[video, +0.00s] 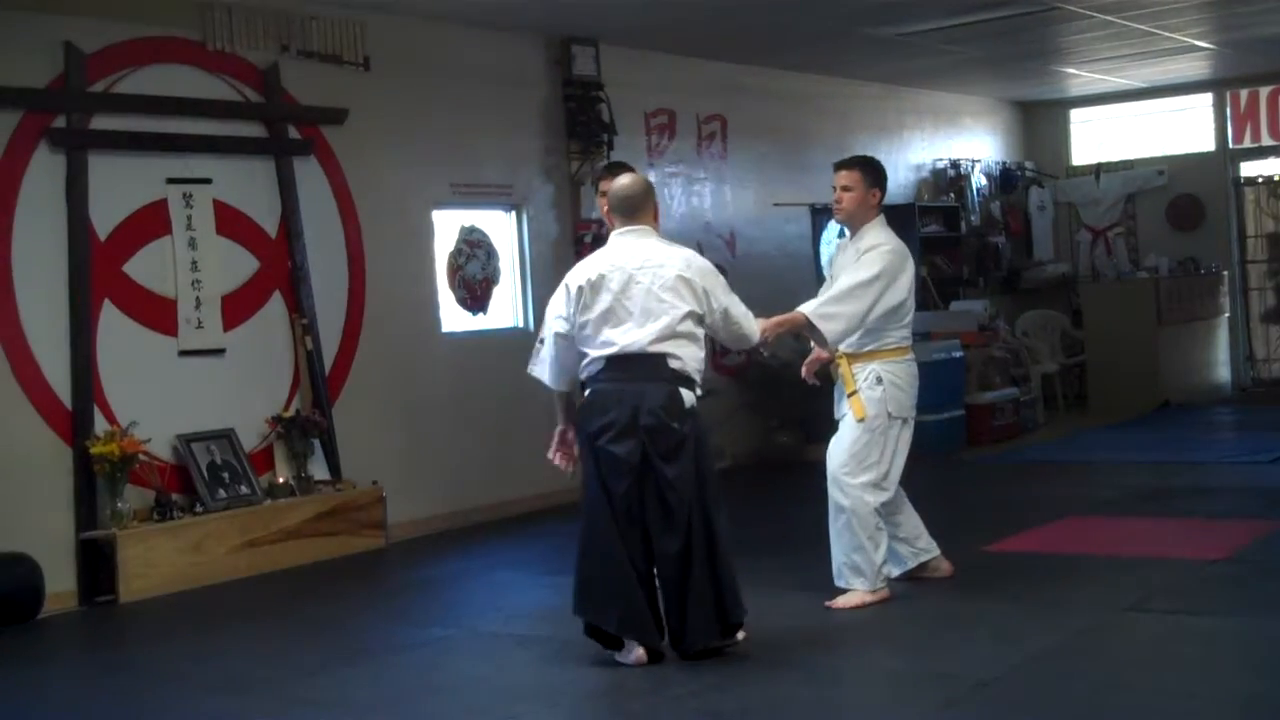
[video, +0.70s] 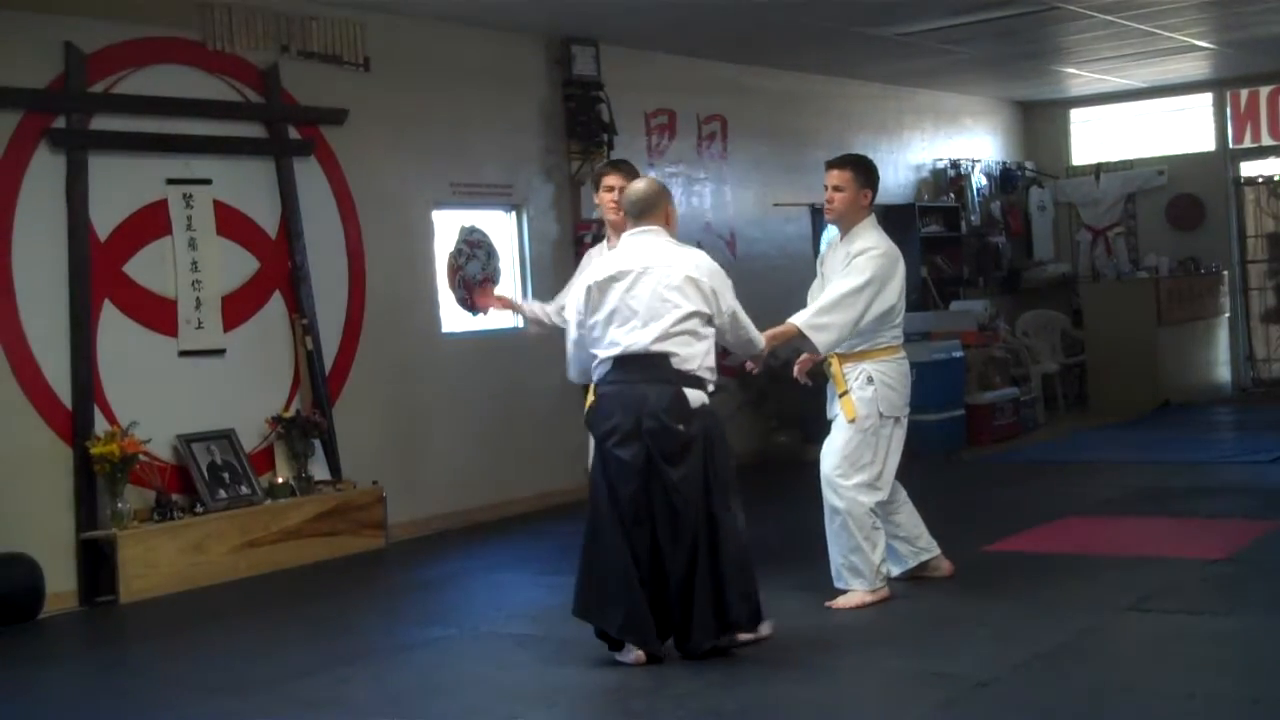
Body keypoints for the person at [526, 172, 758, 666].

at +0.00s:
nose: (601, 214)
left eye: (601, 208)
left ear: (608, 215)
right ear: (656, 212)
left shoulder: (583, 273)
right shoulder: (688, 264)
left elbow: (558, 357)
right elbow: (742, 332)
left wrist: (564, 421)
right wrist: (777, 324)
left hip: (604, 400)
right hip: (668, 396)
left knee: (615, 518)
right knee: (686, 513)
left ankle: (635, 639)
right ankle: (706, 629)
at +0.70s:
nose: (679, 217)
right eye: (676, 210)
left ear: (625, 218)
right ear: (669, 214)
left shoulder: (594, 269)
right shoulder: (696, 263)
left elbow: (578, 360)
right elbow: (738, 332)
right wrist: (758, 352)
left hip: (614, 400)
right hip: (681, 396)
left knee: (621, 519)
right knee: (704, 511)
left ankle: (634, 638)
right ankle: (721, 623)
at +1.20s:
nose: (811, 222)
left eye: (809, 214)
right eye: (809, 214)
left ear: (757, 218)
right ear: (798, 218)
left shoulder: (724, 261)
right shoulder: (809, 273)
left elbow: (723, 322)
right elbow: (860, 343)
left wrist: (799, 347)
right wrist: (892, 369)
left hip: (696, 383)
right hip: (758, 393)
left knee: (681, 507)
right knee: (786, 510)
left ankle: (650, 619)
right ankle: (809, 624)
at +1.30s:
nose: (831, 227)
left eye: (830, 218)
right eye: (829, 219)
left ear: (782, 221)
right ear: (818, 223)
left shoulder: (746, 260)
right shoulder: (825, 274)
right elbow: (870, 325)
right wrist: (911, 350)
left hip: (704, 378)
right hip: (765, 390)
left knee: (684, 503)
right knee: (790, 510)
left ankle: (648, 617)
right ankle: (812, 623)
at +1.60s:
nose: (860, 237)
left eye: (859, 228)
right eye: (860, 229)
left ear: (811, 223)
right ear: (848, 227)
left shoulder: (774, 262)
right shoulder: (848, 277)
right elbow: (911, 335)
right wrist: (943, 344)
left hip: (716, 380)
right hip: (776, 392)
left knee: (695, 501)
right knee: (802, 513)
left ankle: (652, 611)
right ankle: (811, 624)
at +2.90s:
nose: (698, 208)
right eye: (696, 202)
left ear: (646, 214)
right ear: (694, 207)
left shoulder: (630, 263)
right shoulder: (733, 260)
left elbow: (600, 344)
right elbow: (767, 331)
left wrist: (590, 422)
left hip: (659, 406)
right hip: (728, 403)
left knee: (665, 527)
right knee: (743, 516)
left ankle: (680, 650)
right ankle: (765, 628)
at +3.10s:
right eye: (698, 204)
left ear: (648, 214)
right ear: (694, 210)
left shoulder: (628, 258)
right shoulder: (731, 260)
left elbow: (607, 336)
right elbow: (768, 335)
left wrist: (613, 400)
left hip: (661, 399)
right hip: (726, 396)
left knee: (665, 521)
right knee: (742, 511)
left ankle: (680, 649)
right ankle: (766, 624)